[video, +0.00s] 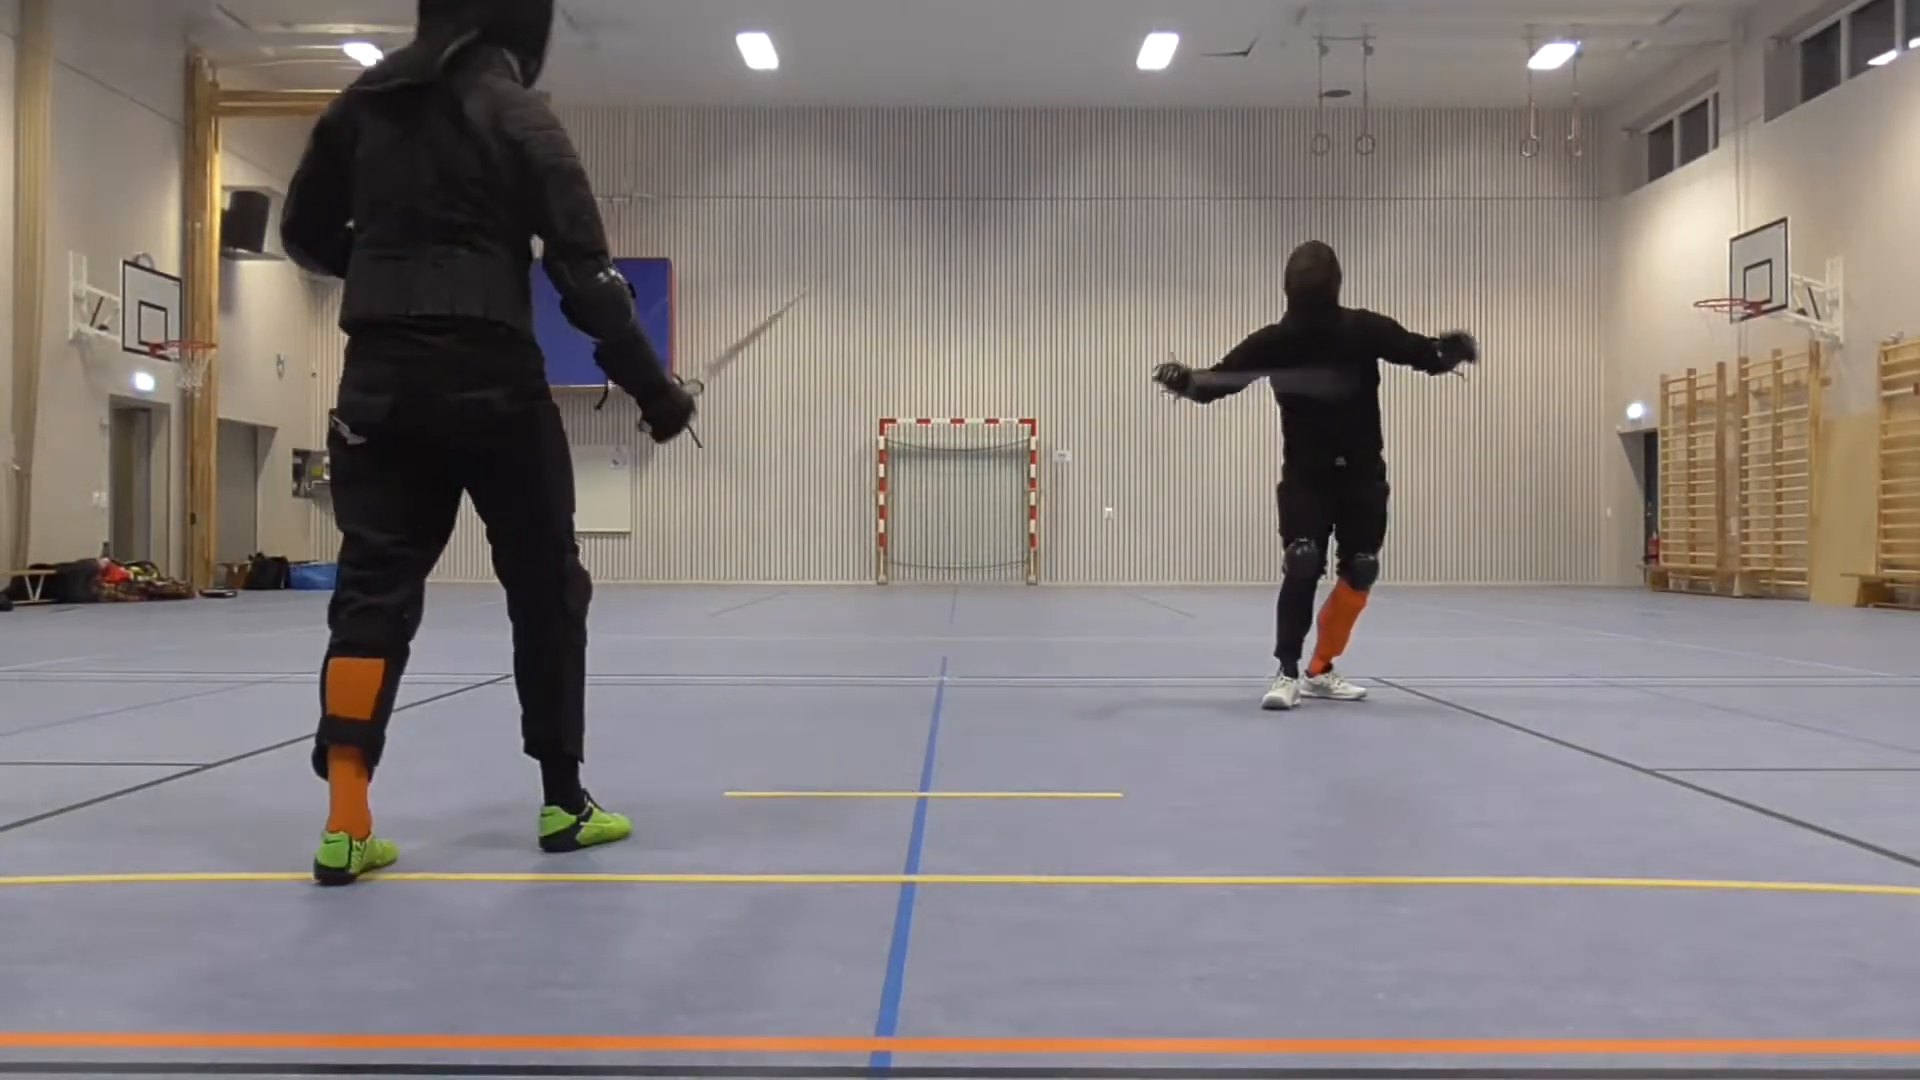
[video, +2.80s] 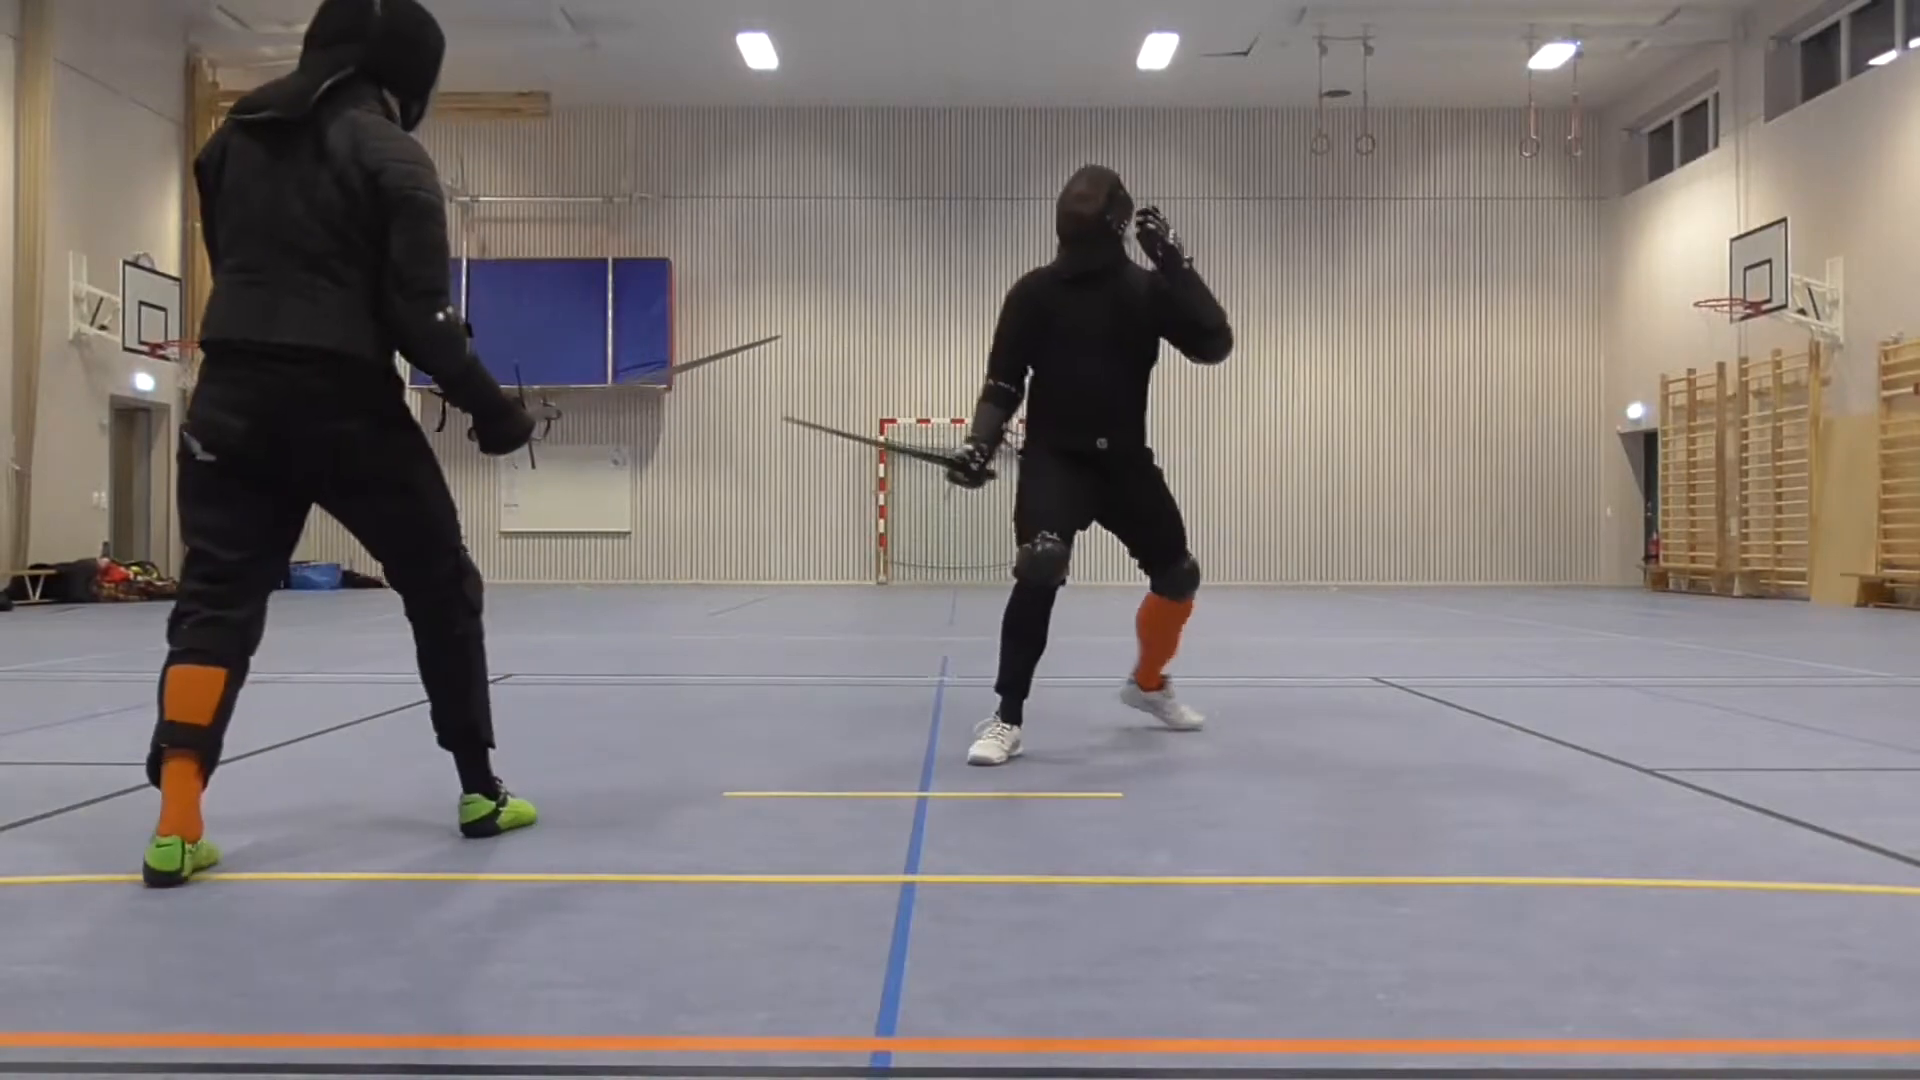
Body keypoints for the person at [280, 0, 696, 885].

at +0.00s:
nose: (541, 55)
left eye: (539, 42)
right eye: (538, 39)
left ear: (434, 22)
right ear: (519, 32)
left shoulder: (360, 103)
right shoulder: (516, 112)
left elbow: (306, 229)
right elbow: (583, 270)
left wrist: (393, 264)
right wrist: (652, 382)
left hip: (378, 373)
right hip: (491, 377)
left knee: (374, 585)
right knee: (546, 583)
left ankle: (345, 828)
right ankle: (564, 801)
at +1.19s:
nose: (627, 107)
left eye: (629, 93)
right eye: (627, 92)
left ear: (538, 64)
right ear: (605, 81)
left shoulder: (453, 152)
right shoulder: (606, 165)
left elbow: (435, 270)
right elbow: (637, 318)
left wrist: (521, 314)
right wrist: (689, 422)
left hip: (465, 397)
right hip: (573, 406)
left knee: (427, 582)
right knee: (625, 588)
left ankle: (362, 786)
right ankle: (641, 780)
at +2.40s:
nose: (522, 123)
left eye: (523, 109)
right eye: (520, 108)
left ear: (427, 82)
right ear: (499, 99)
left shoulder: (345, 169)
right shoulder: (500, 183)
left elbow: (339, 279)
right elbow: (537, 332)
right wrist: (598, 419)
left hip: (345, 412)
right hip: (452, 419)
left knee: (300, 592)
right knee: (539, 583)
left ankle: (215, 778)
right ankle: (545, 785)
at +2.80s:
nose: (425, 100)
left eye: (426, 83)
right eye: (423, 82)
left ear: (326, 52)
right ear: (397, 71)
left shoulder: (235, 142)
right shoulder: (394, 157)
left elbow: (232, 268)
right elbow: (421, 317)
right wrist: (494, 409)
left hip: (233, 399)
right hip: (348, 406)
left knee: (216, 597)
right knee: (441, 583)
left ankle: (176, 827)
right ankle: (479, 788)